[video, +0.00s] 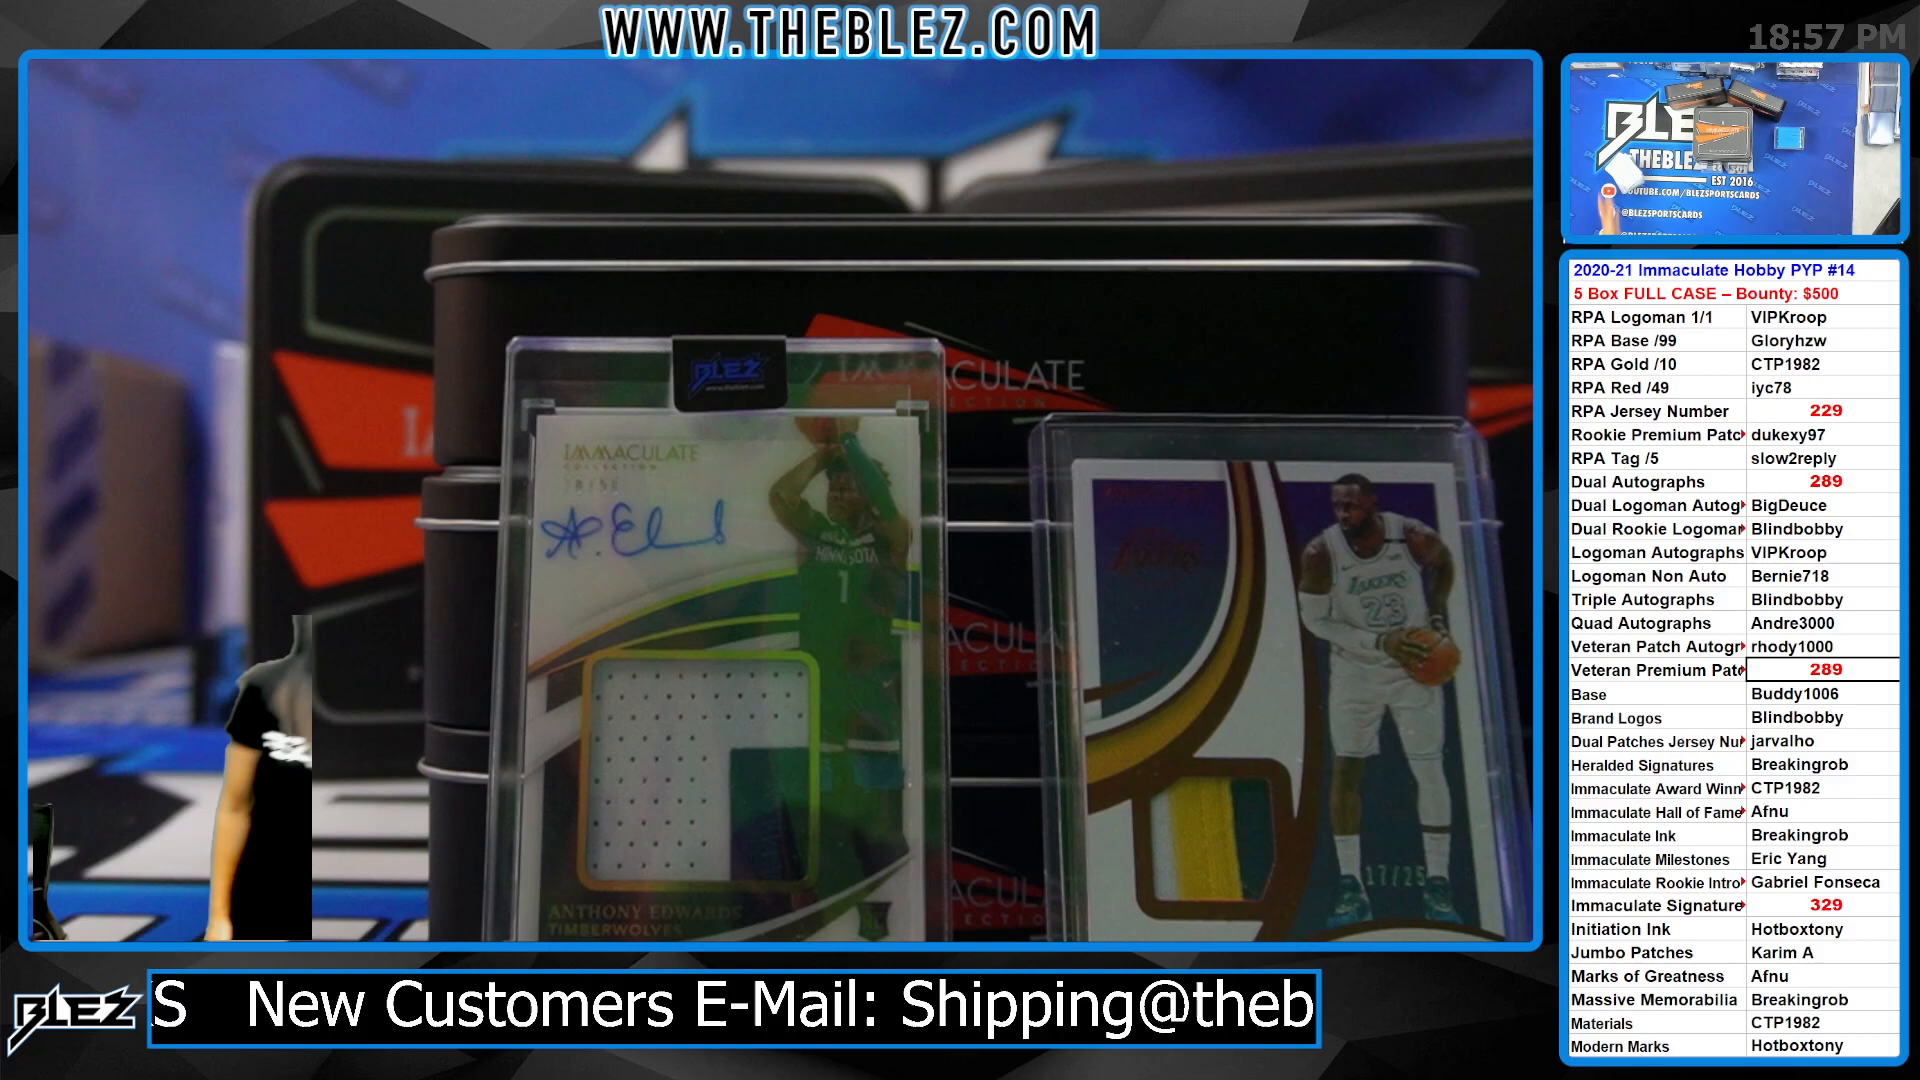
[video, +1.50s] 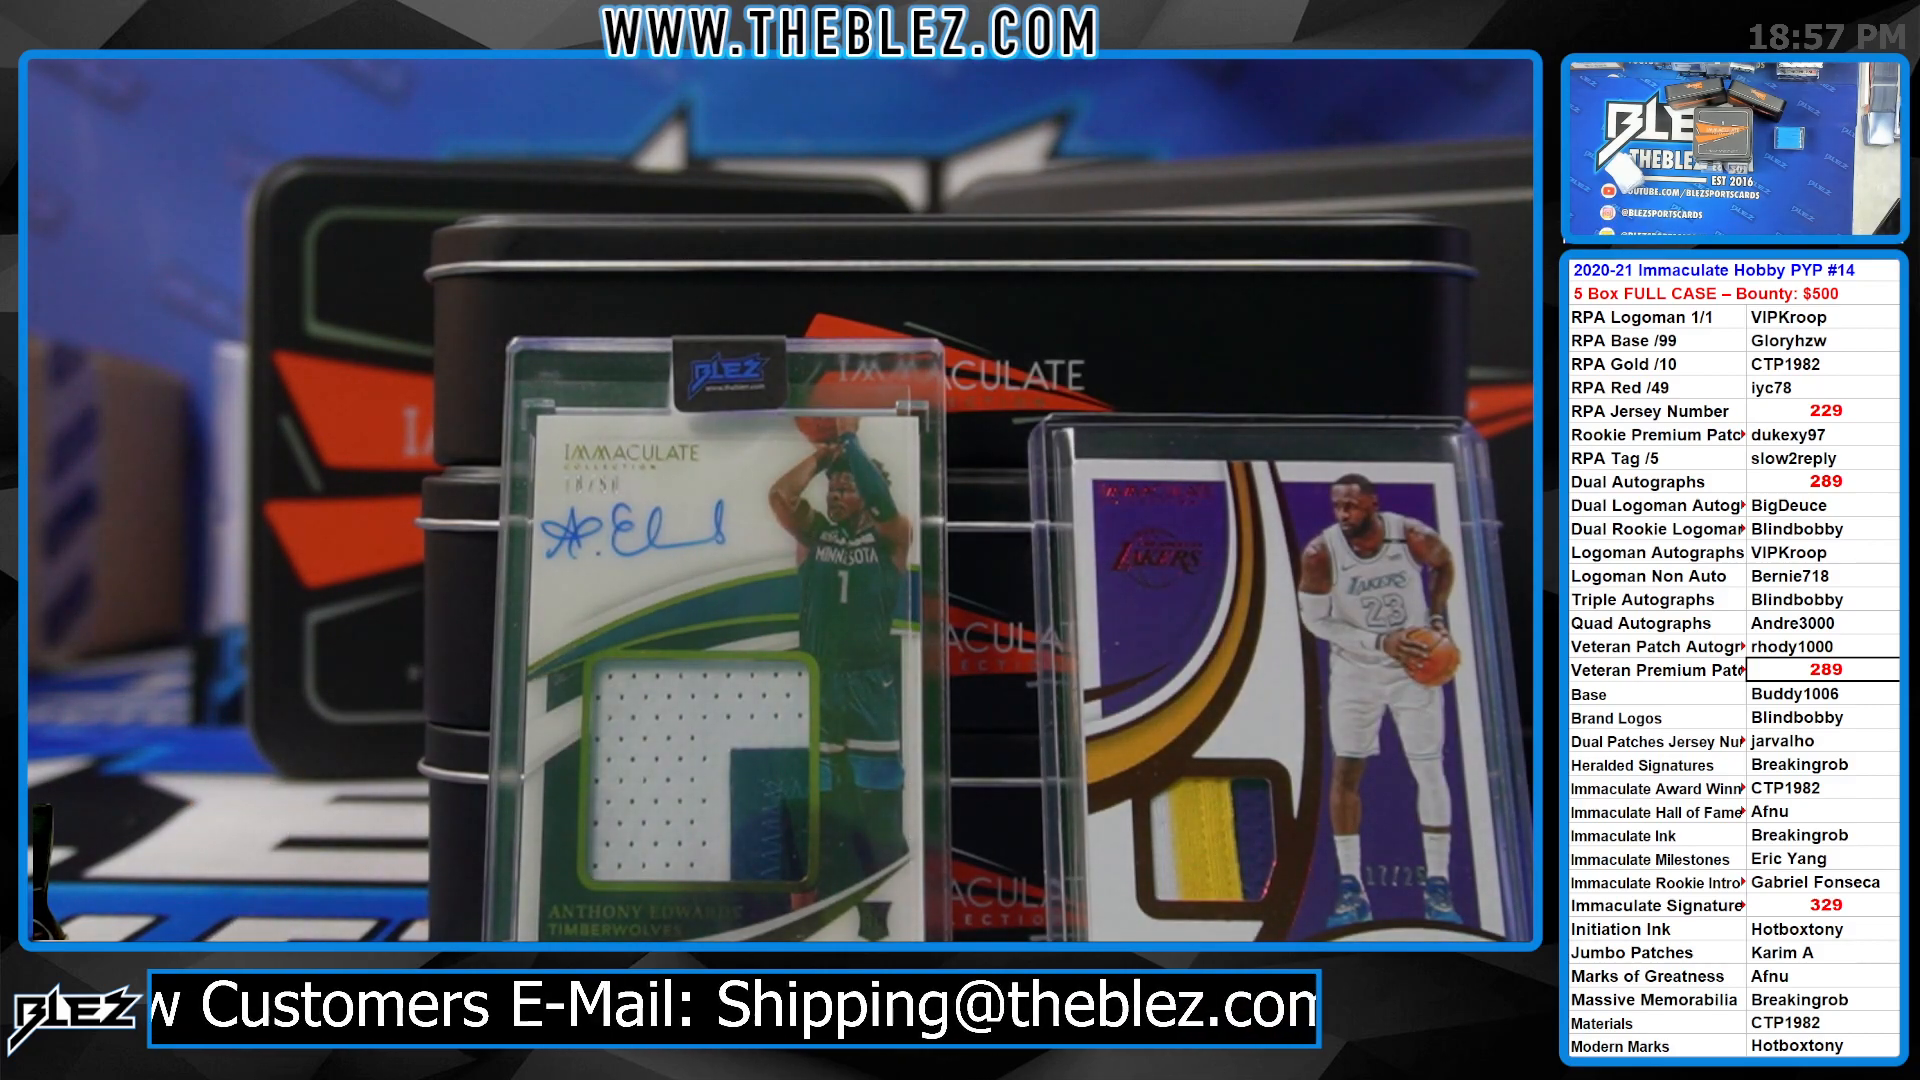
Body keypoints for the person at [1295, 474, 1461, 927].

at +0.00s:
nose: (1344, 514)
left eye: (1351, 505)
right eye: (1338, 506)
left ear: (1373, 504)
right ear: (1332, 509)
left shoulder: (1413, 536)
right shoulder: (1320, 554)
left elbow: (1444, 565)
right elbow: (1315, 621)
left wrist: (1436, 618)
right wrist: (1378, 642)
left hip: (1414, 673)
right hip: (1354, 675)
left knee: (1430, 771)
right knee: (1348, 773)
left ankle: (1438, 882)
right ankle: (1350, 886)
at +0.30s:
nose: (1343, 514)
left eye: (1351, 505)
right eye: (1337, 506)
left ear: (1374, 505)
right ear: (1332, 509)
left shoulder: (1412, 536)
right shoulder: (1319, 554)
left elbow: (1444, 565)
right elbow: (1316, 621)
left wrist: (1437, 616)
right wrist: (1378, 642)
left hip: (1414, 672)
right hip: (1354, 675)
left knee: (1429, 771)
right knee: (1348, 773)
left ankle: (1437, 884)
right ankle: (1351, 888)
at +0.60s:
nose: (1343, 514)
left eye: (1351, 505)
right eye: (1337, 506)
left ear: (1374, 505)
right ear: (1332, 509)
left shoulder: (1413, 536)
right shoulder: (1319, 555)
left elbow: (1444, 564)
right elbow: (1316, 621)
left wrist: (1437, 615)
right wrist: (1379, 641)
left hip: (1414, 672)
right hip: (1354, 674)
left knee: (1430, 771)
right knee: (1347, 773)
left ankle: (1438, 885)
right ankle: (1351, 889)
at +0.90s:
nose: (1343, 514)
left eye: (1351, 505)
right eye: (1337, 506)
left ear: (1373, 505)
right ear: (1332, 509)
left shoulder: (1413, 537)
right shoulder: (1319, 555)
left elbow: (1445, 564)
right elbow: (1316, 621)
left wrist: (1437, 615)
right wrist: (1379, 641)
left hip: (1414, 672)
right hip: (1354, 675)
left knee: (1430, 772)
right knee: (1347, 774)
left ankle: (1438, 885)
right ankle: (1350, 889)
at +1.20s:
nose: (1343, 514)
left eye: (1351, 506)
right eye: (1337, 506)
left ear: (1373, 505)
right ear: (1332, 509)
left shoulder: (1414, 537)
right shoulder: (1319, 555)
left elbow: (1444, 565)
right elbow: (1315, 621)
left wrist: (1437, 616)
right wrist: (1379, 642)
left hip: (1414, 673)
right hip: (1354, 675)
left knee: (1430, 771)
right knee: (1347, 773)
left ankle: (1438, 884)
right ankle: (1350, 889)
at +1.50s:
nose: (1343, 514)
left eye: (1351, 506)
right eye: (1337, 506)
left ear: (1373, 505)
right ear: (1332, 509)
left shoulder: (1413, 536)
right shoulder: (1319, 555)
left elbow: (1444, 565)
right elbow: (1316, 621)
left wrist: (1436, 617)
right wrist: (1379, 642)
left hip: (1414, 673)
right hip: (1354, 674)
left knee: (1430, 771)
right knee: (1348, 773)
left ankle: (1438, 884)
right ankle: (1350, 888)